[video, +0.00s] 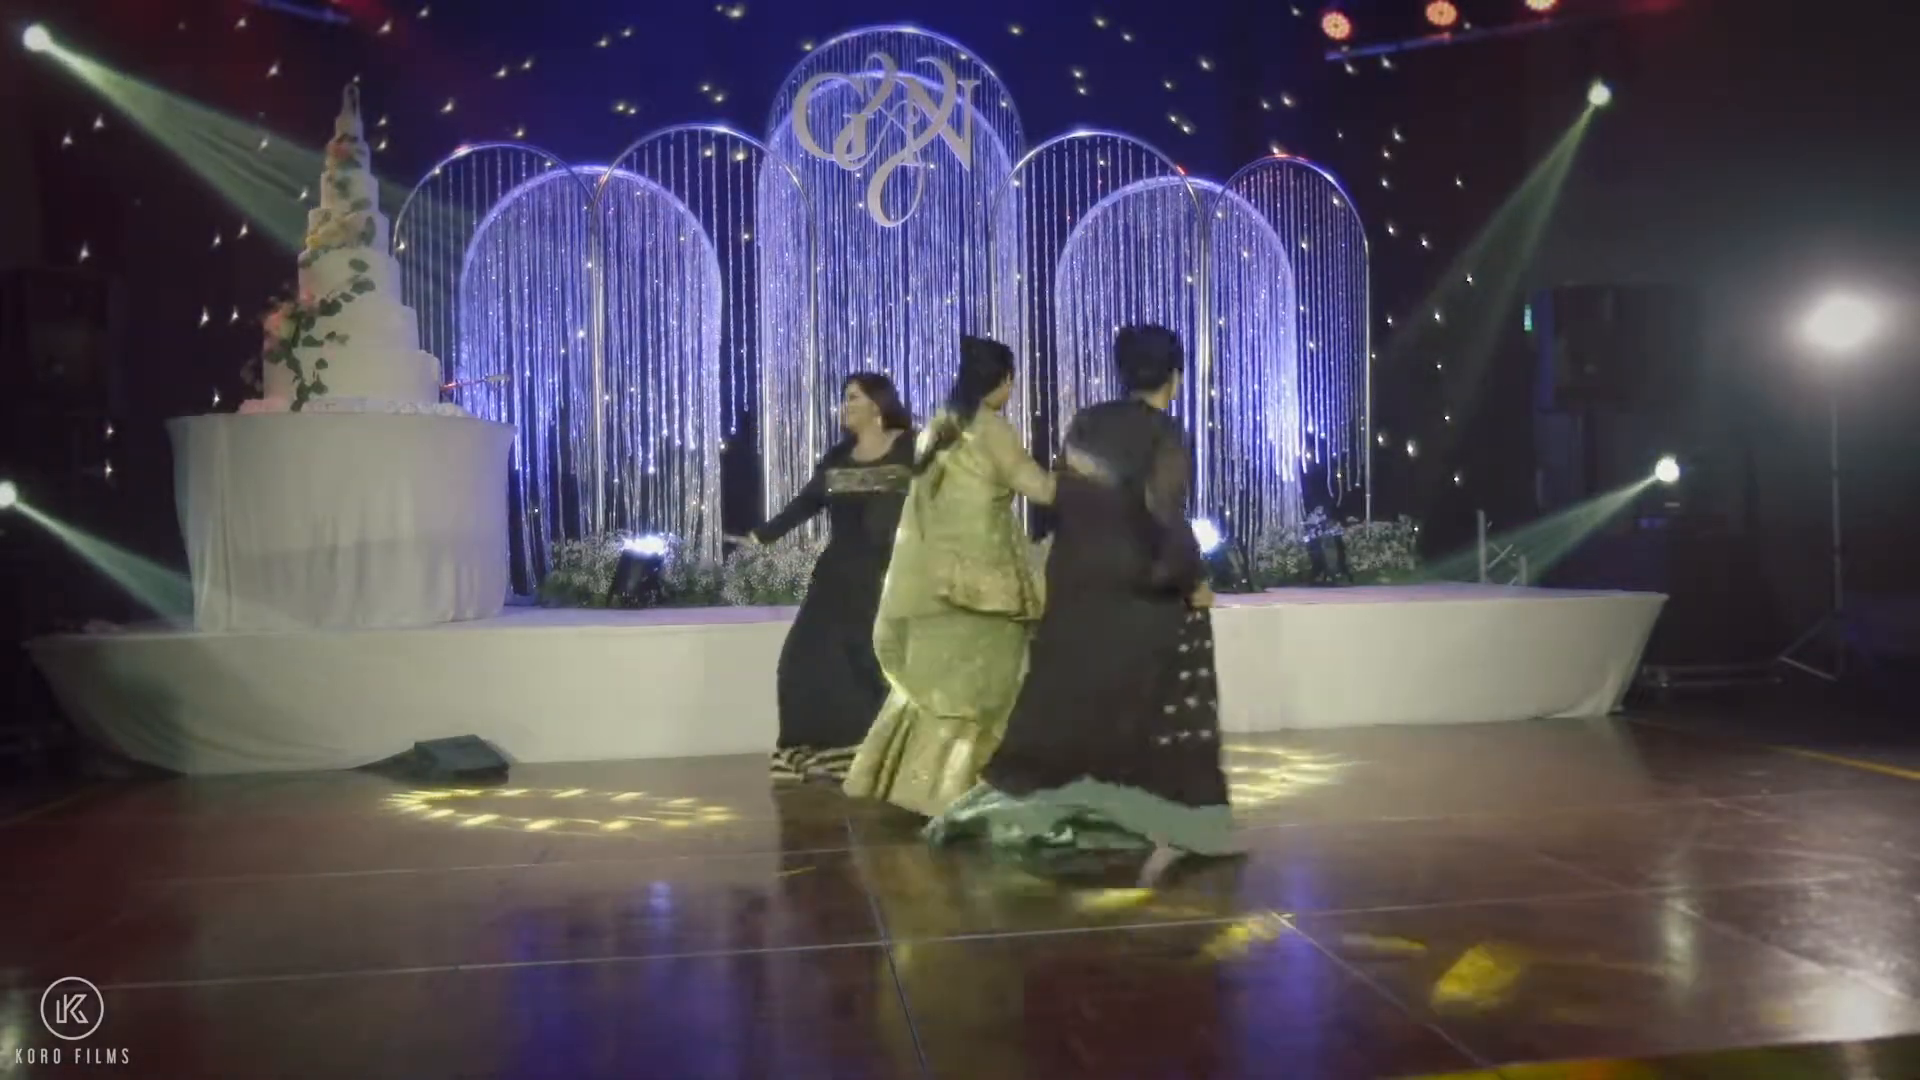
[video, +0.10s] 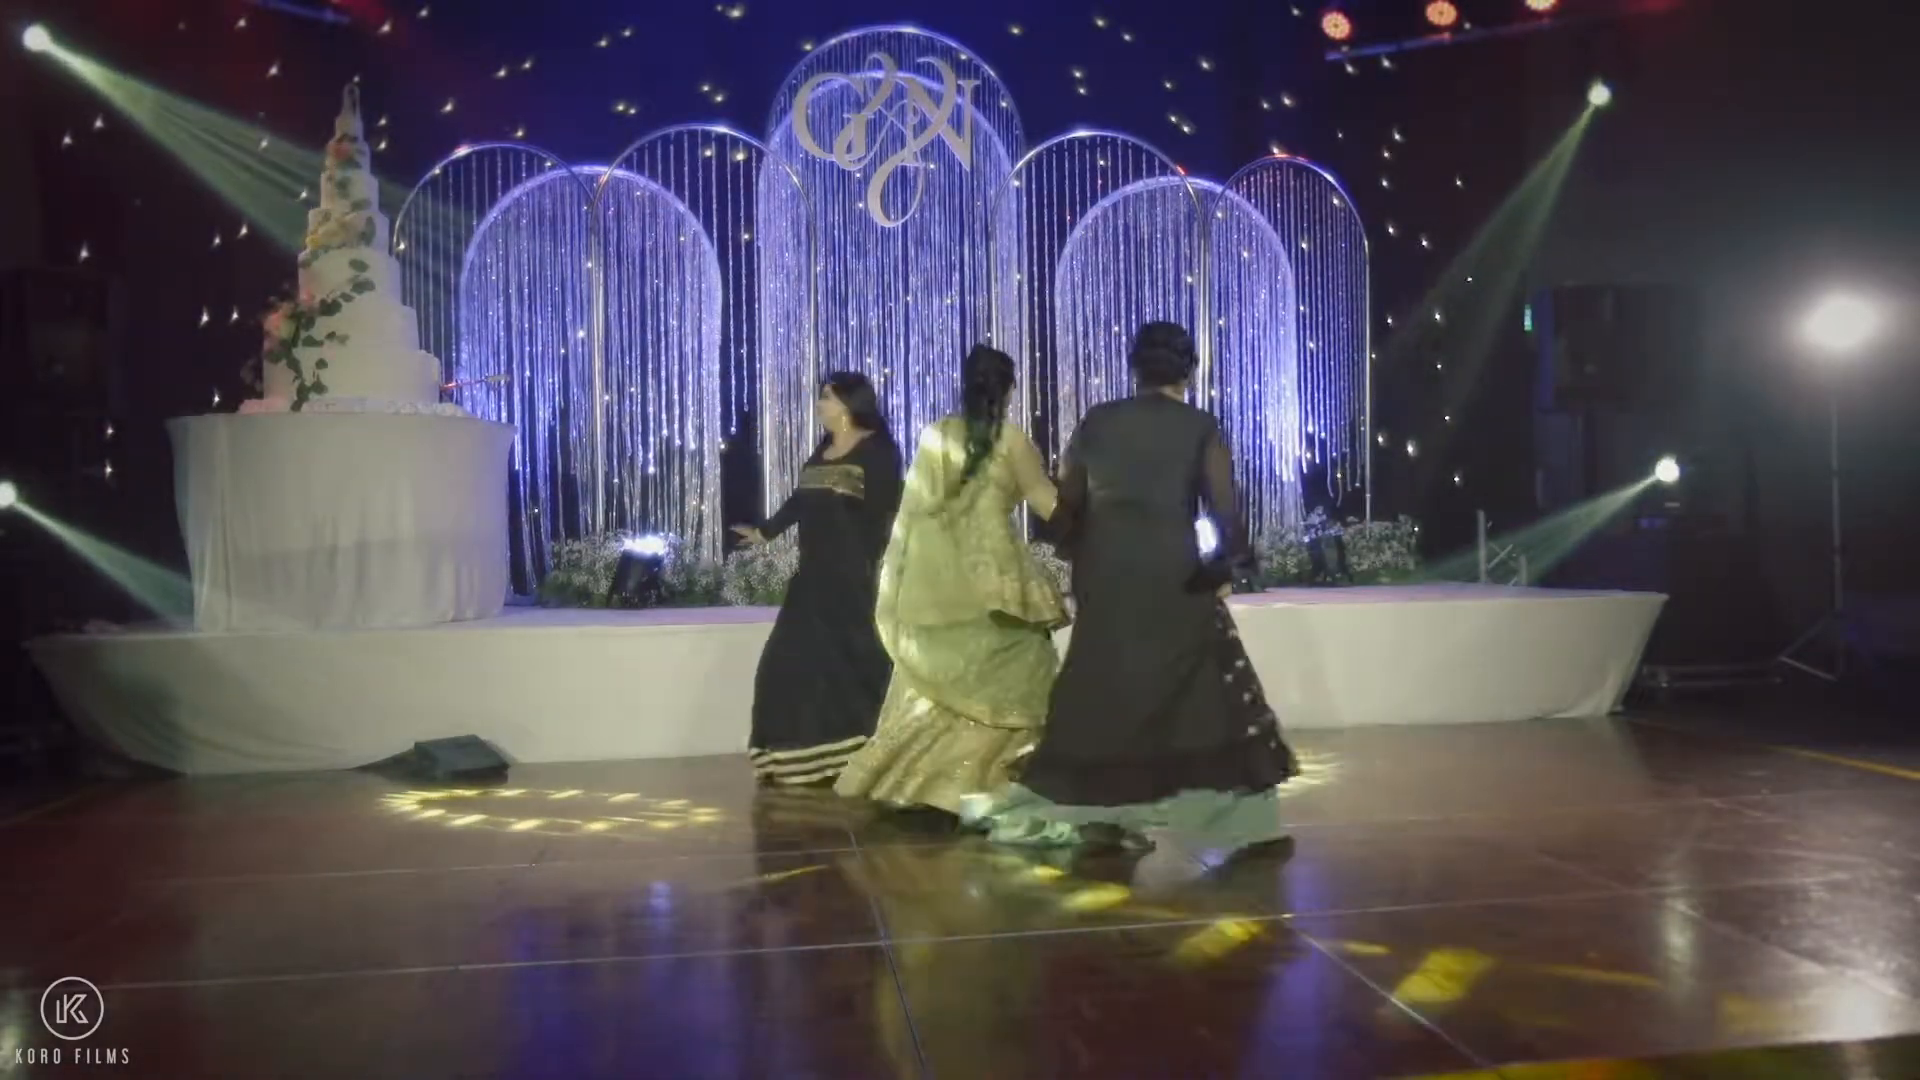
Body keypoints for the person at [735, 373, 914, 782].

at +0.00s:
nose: (844, 406)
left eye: (853, 399)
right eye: (844, 399)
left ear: (879, 404)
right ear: (850, 408)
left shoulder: (912, 450)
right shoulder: (837, 459)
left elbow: (935, 503)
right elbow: (806, 503)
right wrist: (763, 534)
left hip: (885, 572)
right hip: (836, 571)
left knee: (863, 657)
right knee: (801, 655)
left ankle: (862, 750)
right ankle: (802, 746)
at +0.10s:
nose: (818, 405)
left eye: (826, 398)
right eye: (820, 397)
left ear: (850, 405)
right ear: (842, 406)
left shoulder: (878, 449)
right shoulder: (821, 452)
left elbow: (885, 516)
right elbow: (801, 500)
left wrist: (876, 564)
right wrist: (765, 531)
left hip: (854, 576)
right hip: (810, 575)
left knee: (852, 666)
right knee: (782, 660)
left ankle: (861, 762)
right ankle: (783, 759)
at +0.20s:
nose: (804, 410)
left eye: (808, 402)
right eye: (806, 402)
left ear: (824, 406)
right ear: (836, 403)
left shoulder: (845, 446)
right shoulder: (827, 448)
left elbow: (824, 504)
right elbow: (816, 507)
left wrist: (795, 555)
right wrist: (790, 553)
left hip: (836, 577)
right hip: (820, 576)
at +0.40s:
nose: (827, 407)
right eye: (824, 400)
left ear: (776, 404)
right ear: (821, 405)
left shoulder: (755, 446)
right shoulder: (828, 452)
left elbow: (708, 486)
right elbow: (860, 503)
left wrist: (665, 525)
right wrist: (853, 487)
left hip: (761, 571)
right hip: (820, 570)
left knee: (747, 657)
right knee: (838, 649)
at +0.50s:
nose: (810, 404)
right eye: (806, 396)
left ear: (755, 397)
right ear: (800, 401)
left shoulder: (724, 438)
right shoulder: (813, 446)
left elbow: (681, 480)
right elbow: (847, 485)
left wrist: (648, 510)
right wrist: (881, 507)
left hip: (733, 562)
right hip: (794, 564)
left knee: (726, 654)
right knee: (801, 653)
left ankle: (733, 745)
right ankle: (800, 750)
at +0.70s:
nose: (765, 410)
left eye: (763, 401)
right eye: (762, 402)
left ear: (713, 399)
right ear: (753, 405)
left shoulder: (683, 445)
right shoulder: (759, 451)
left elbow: (665, 509)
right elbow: (811, 485)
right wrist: (871, 504)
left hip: (679, 573)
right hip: (740, 574)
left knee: (674, 660)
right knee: (749, 663)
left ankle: (673, 762)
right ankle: (752, 763)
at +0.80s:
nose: (751, 407)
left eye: (748, 398)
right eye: (745, 399)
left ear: (704, 404)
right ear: (725, 406)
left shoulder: (676, 449)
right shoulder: (734, 454)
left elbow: (675, 516)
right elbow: (786, 486)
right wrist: (843, 501)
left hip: (666, 578)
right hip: (715, 580)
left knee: (659, 669)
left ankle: (642, 768)